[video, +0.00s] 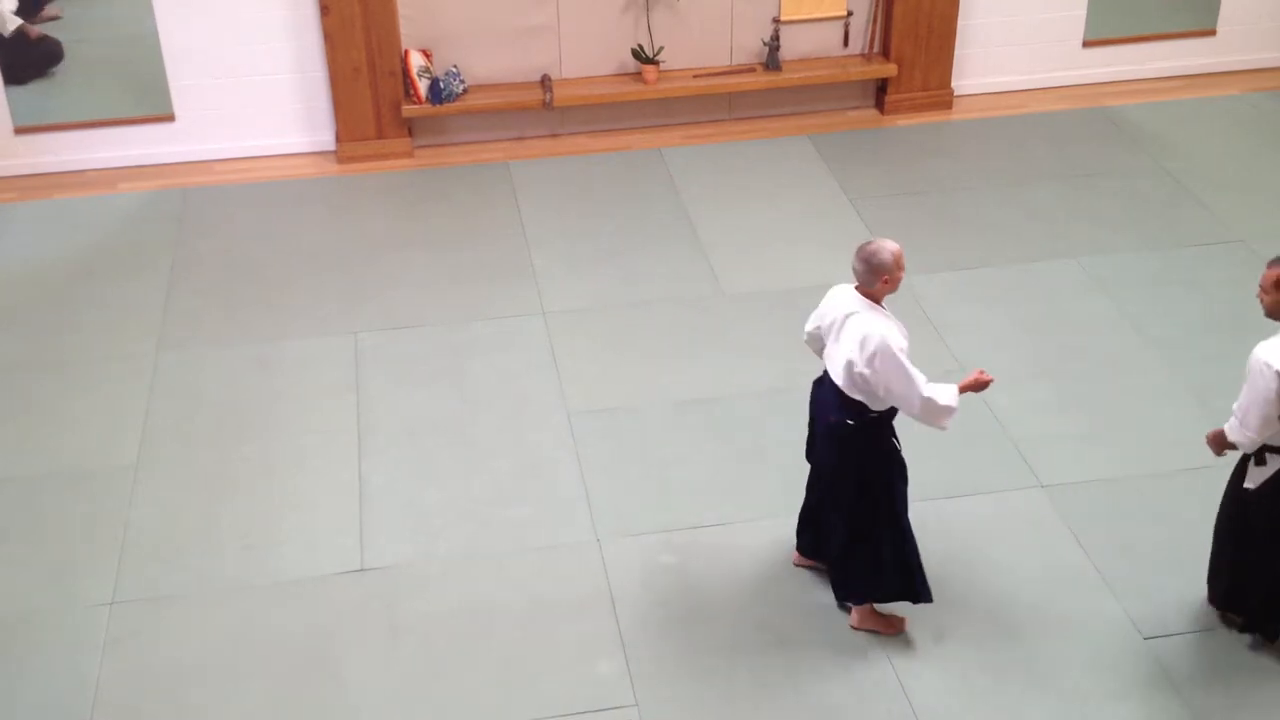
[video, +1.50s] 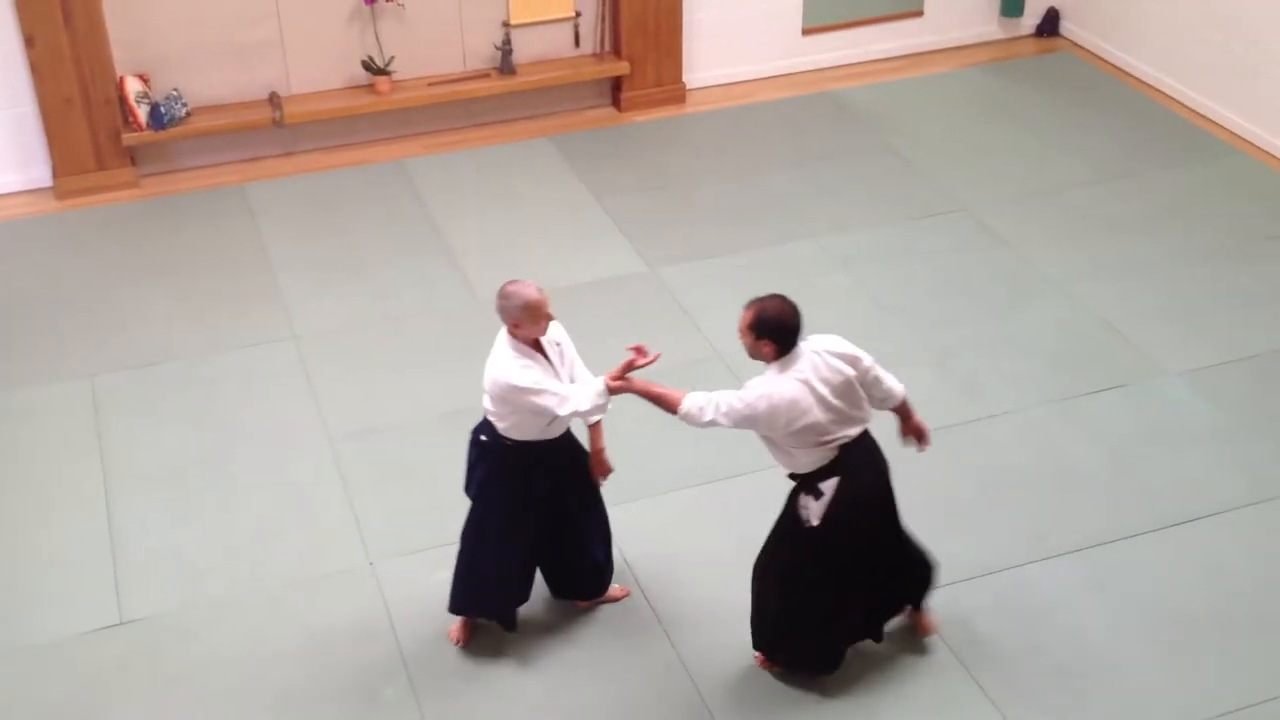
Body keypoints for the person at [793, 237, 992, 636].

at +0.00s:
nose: (904, 272)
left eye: (902, 266)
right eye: (901, 268)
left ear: (862, 272)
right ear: (887, 281)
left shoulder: (839, 294)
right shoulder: (881, 337)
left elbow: (813, 333)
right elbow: (914, 396)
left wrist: (841, 362)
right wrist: (960, 388)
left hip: (825, 403)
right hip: (858, 430)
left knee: (825, 481)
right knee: (870, 510)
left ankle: (810, 549)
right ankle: (862, 608)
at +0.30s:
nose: (937, 290)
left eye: (936, 284)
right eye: (936, 287)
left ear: (894, 286)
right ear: (928, 298)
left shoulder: (863, 313)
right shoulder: (923, 355)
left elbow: (823, 354)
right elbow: (971, 407)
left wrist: (855, 373)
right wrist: (1006, 385)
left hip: (838, 416)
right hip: (879, 441)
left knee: (827, 489)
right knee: (879, 521)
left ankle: (809, 559)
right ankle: (869, 611)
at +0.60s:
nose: (941, 302)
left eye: (939, 296)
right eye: (940, 299)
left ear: (897, 294)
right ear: (935, 308)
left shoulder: (864, 323)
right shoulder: (929, 365)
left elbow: (818, 366)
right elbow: (985, 411)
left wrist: (853, 374)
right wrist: (1021, 386)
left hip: (840, 428)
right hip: (884, 451)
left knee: (825, 504)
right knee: (885, 532)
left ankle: (805, 577)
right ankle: (878, 620)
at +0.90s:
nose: (844, 299)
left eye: (841, 292)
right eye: (841, 293)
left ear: (808, 290)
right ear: (834, 299)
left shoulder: (776, 313)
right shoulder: (826, 353)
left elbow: (755, 342)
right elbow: (881, 386)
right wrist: (942, 370)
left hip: (752, 417)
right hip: (785, 437)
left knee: (758, 507)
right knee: (798, 517)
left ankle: (750, 580)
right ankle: (793, 609)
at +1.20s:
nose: (895, 312)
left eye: (901, 311)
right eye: (899, 306)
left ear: (920, 327)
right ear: (944, 317)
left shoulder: (909, 375)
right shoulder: (977, 333)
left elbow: (833, 385)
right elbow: (1015, 366)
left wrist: (761, 378)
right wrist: (981, 390)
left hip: (958, 470)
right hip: (1005, 447)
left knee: (879, 526)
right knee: (1016, 530)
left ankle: (869, 619)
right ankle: (1041, 608)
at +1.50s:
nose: (740, 334)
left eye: (745, 331)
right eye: (743, 328)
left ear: (765, 344)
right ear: (790, 332)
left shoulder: (764, 396)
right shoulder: (830, 349)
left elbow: (694, 408)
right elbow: (879, 381)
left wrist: (634, 385)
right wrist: (908, 416)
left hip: (825, 491)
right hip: (868, 461)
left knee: (775, 569)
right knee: (884, 539)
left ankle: (784, 651)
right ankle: (917, 610)